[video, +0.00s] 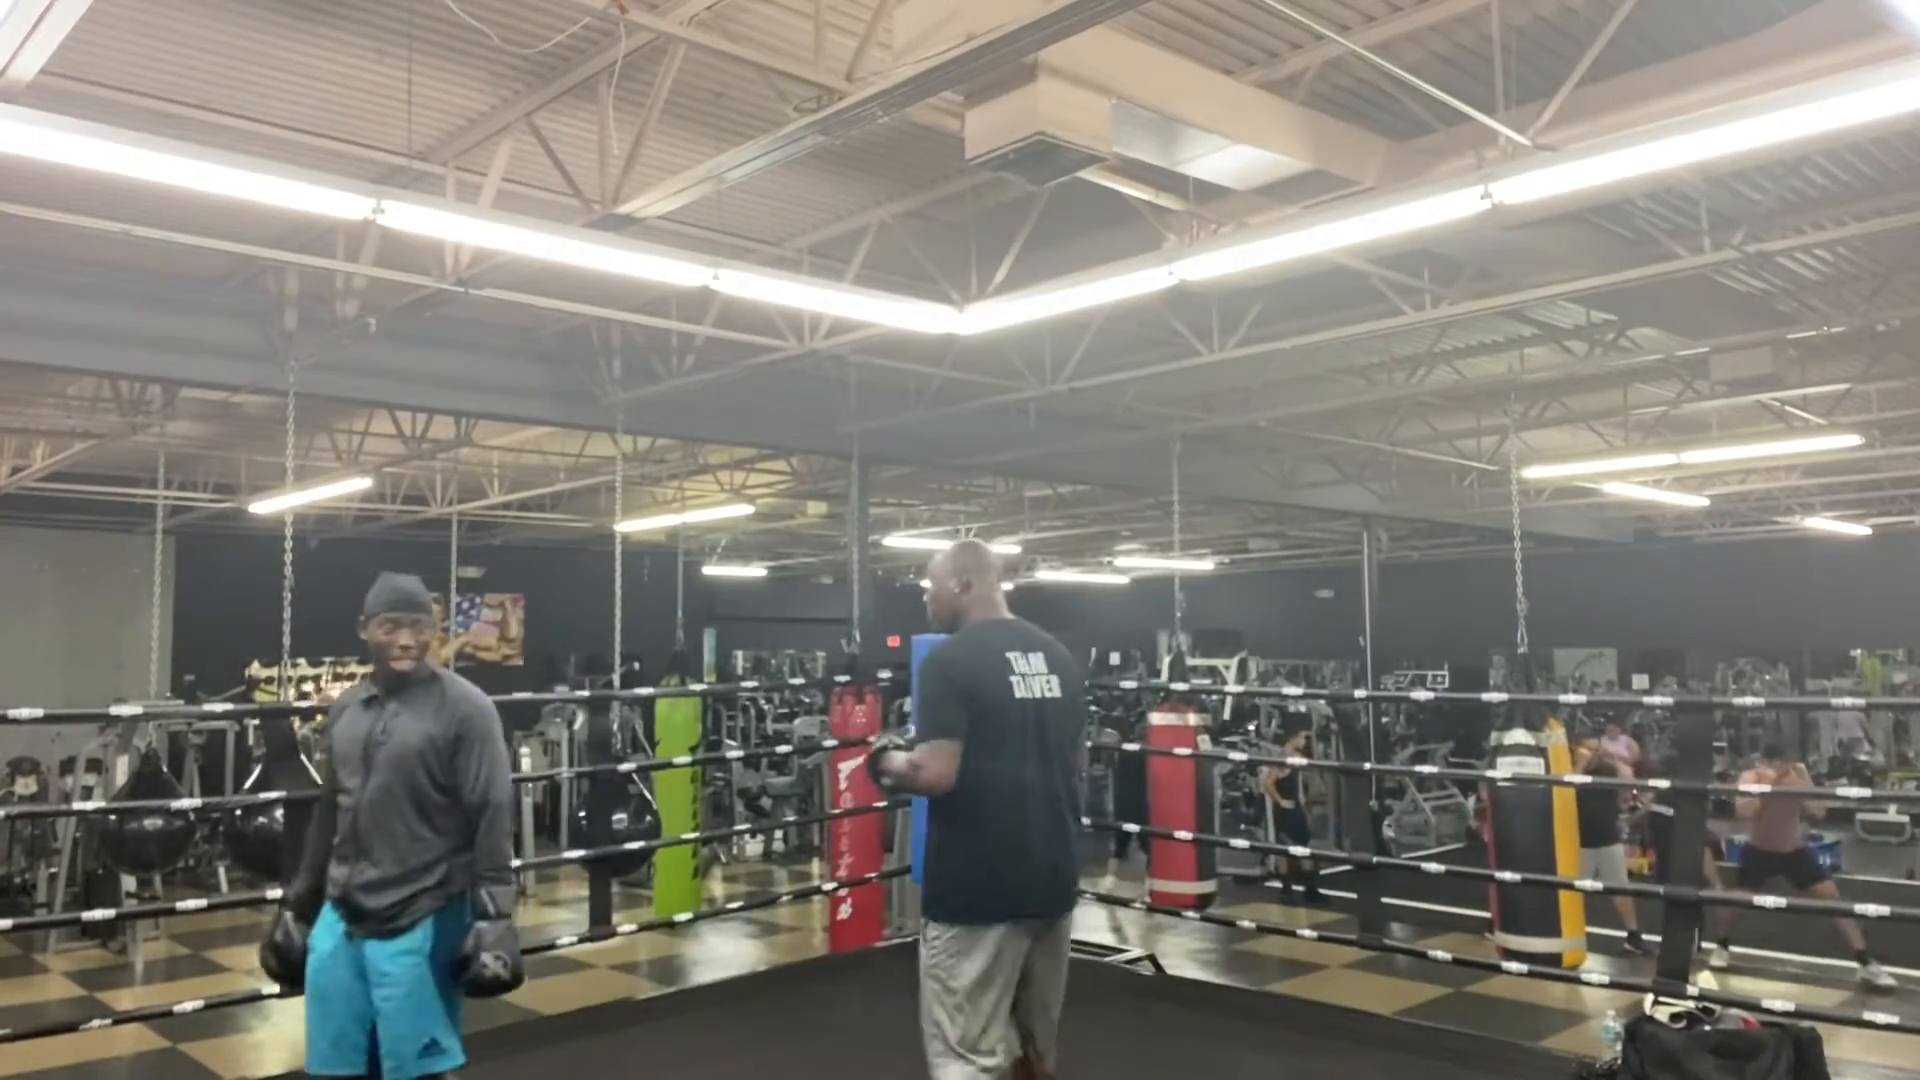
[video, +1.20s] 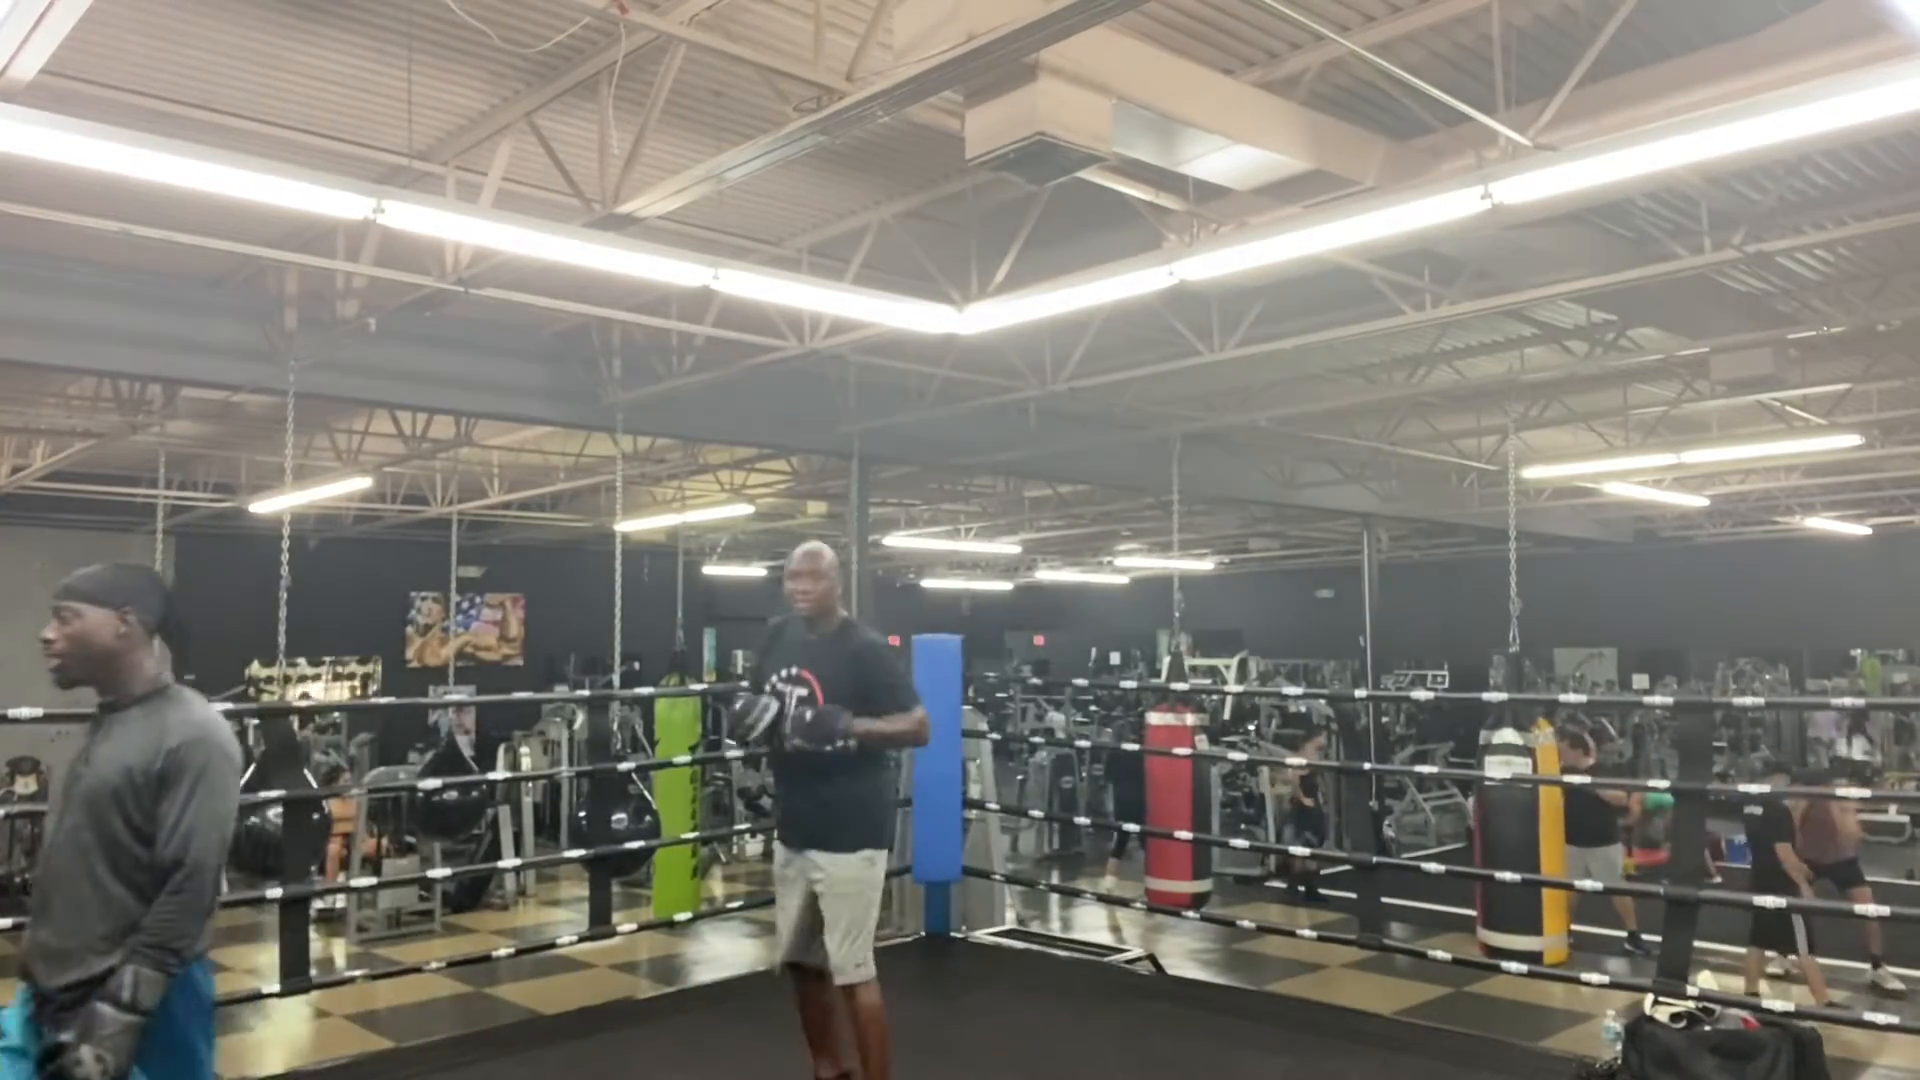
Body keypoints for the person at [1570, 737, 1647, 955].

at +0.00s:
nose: (1591, 754)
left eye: (1594, 749)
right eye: (1586, 750)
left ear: (1600, 750)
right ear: (1575, 753)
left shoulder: (1613, 771)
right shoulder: (1572, 775)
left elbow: (1629, 783)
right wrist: (1581, 767)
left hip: (1609, 838)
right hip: (1580, 839)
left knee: (1621, 888)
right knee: (1574, 890)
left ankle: (1633, 933)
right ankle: (1568, 937)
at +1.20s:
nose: (1559, 754)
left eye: (1563, 749)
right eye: (1559, 750)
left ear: (1580, 750)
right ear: (1569, 751)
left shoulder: (1604, 772)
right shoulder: (1562, 774)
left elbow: (1621, 798)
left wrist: (1592, 786)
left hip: (1604, 842)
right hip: (1570, 841)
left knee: (1618, 890)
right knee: (1566, 890)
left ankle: (1633, 934)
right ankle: (1562, 931)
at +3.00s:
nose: (1565, 763)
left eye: (1568, 758)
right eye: (1563, 759)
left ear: (1577, 755)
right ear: (1563, 759)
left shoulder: (1601, 772)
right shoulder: (1562, 776)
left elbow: (1626, 793)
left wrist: (1594, 797)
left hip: (1604, 841)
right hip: (1572, 844)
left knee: (1618, 889)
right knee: (1568, 892)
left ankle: (1633, 934)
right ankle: (1567, 938)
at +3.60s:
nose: (1566, 756)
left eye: (1570, 751)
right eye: (1567, 751)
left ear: (1583, 753)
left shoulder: (1602, 773)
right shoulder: (1569, 776)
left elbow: (1626, 797)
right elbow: (1586, 800)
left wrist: (1596, 799)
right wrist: (1615, 799)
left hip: (1602, 843)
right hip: (1573, 843)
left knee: (1618, 890)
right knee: (1566, 890)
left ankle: (1633, 934)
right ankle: (1563, 936)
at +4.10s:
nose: (1597, 758)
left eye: (1598, 752)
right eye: (1591, 753)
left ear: (1601, 750)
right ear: (1571, 754)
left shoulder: (1606, 773)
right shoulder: (1564, 777)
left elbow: (1624, 791)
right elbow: (1572, 808)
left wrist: (1623, 799)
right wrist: (1607, 803)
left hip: (1607, 840)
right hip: (1575, 843)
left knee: (1620, 890)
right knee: (1565, 892)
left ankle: (1633, 934)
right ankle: (1561, 936)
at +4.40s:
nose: (1603, 760)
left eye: (1605, 756)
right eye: (1599, 755)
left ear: (1607, 757)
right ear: (1584, 753)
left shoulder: (1607, 773)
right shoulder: (1567, 772)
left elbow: (1611, 799)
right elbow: (1556, 798)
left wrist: (1627, 798)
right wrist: (1584, 792)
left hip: (1606, 841)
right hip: (1574, 842)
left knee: (1619, 889)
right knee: (1567, 891)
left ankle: (1633, 934)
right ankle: (1563, 933)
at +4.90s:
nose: (1603, 760)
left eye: (1607, 756)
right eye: (1598, 755)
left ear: (1612, 755)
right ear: (1586, 753)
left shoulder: (1617, 775)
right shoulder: (1568, 773)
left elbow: (1628, 794)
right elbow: (1554, 797)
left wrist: (1630, 802)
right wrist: (1568, 814)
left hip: (1610, 841)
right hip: (1577, 842)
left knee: (1621, 890)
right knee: (1571, 891)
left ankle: (1633, 934)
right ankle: (1566, 931)